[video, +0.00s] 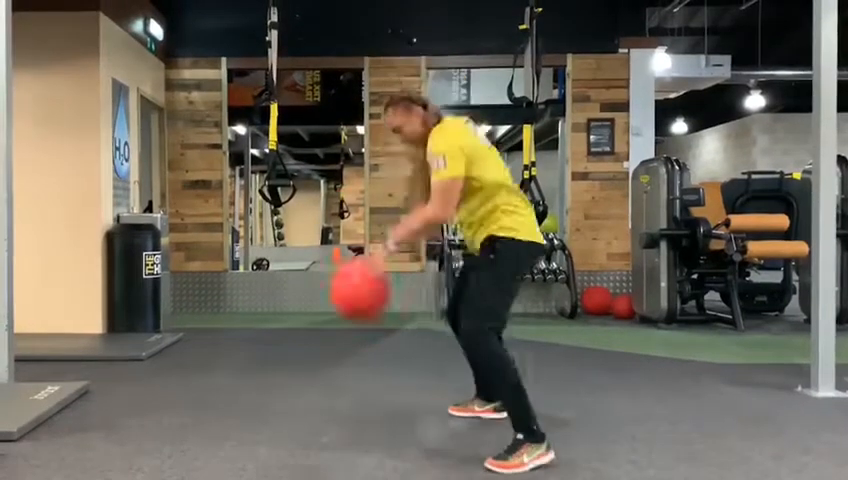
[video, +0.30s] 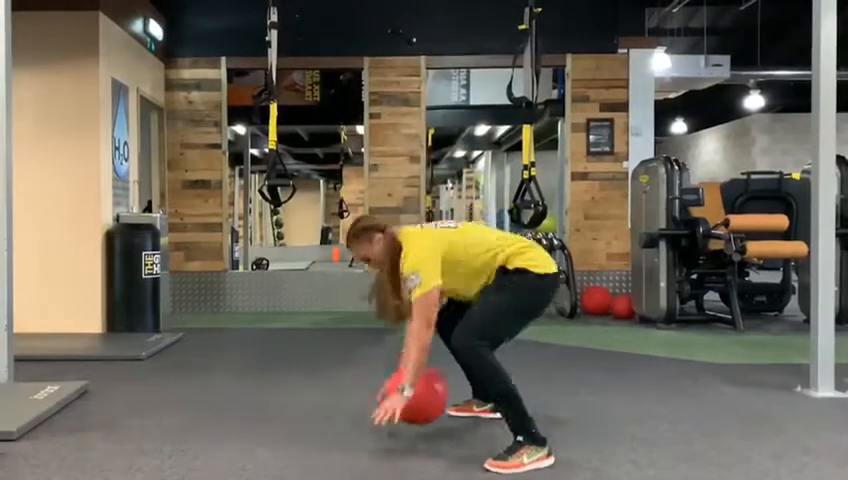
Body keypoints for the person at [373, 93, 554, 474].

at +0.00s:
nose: (401, 137)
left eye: (401, 127)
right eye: (396, 131)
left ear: (420, 112)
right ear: (417, 117)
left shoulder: (447, 136)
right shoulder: (441, 139)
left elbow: (442, 209)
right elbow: (437, 206)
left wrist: (395, 236)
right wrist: (403, 233)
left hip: (511, 237)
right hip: (492, 238)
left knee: (477, 327)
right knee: (459, 315)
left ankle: (532, 440)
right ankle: (490, 398)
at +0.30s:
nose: (368, 266)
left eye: (365, 258)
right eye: (362, 261)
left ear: (379, 239)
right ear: (380, 238)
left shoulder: (418, 249)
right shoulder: (407, 250)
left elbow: (423, 323)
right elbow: (417, 320)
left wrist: (405, 390)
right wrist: (404, 377)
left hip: (530, 271)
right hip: (506, 271)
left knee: (467, 341)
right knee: (449, 322)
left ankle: (532, 443)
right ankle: (487, 399)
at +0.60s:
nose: (340, 336)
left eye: (335, 329)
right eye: (333, 332)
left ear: (342, 311)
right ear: (343, 306)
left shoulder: (382, 302)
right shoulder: (376, 297)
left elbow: (408, 374)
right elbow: (405, 366)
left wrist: (407, 441)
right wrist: (405, 420)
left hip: (490, 267)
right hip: (483, 274)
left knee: (565, 352)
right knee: (552, 344)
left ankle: (686, 376)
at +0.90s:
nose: (341, 331)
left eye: (339, 324)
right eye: (334, 325)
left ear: (348, 307)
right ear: (343, 301)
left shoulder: (391, 301)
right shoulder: (382, 292)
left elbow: (409, 374)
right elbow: (407, 365)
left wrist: (407, 440)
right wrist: (403, 418)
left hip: (506, 318)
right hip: (503, 312)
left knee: (583, 386)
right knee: (580, 369)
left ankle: (701, 411)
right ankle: (667, 388)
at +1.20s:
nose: (380, 327)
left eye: (377, 317)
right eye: (373, 321)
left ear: (386, 295)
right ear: (387, 292)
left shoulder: (417, 292)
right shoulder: (409, 287)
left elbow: (424, 372)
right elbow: (420, 364)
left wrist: (407, 435)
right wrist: (407, 415)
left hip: (530, 239)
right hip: (515, 240)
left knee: (484, 325)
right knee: (474, 322)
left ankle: (543, 426)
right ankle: (511, 398)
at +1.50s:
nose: (384, 243)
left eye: (386, 234)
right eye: (382, 235)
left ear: (408, 226)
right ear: (409, 227)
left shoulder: (434, 262)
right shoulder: (436, 250)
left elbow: (472, 319)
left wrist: (473, 390)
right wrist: (476, 390)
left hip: (537, 307)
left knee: (457, 340)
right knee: (442, 323)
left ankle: (510, 446)